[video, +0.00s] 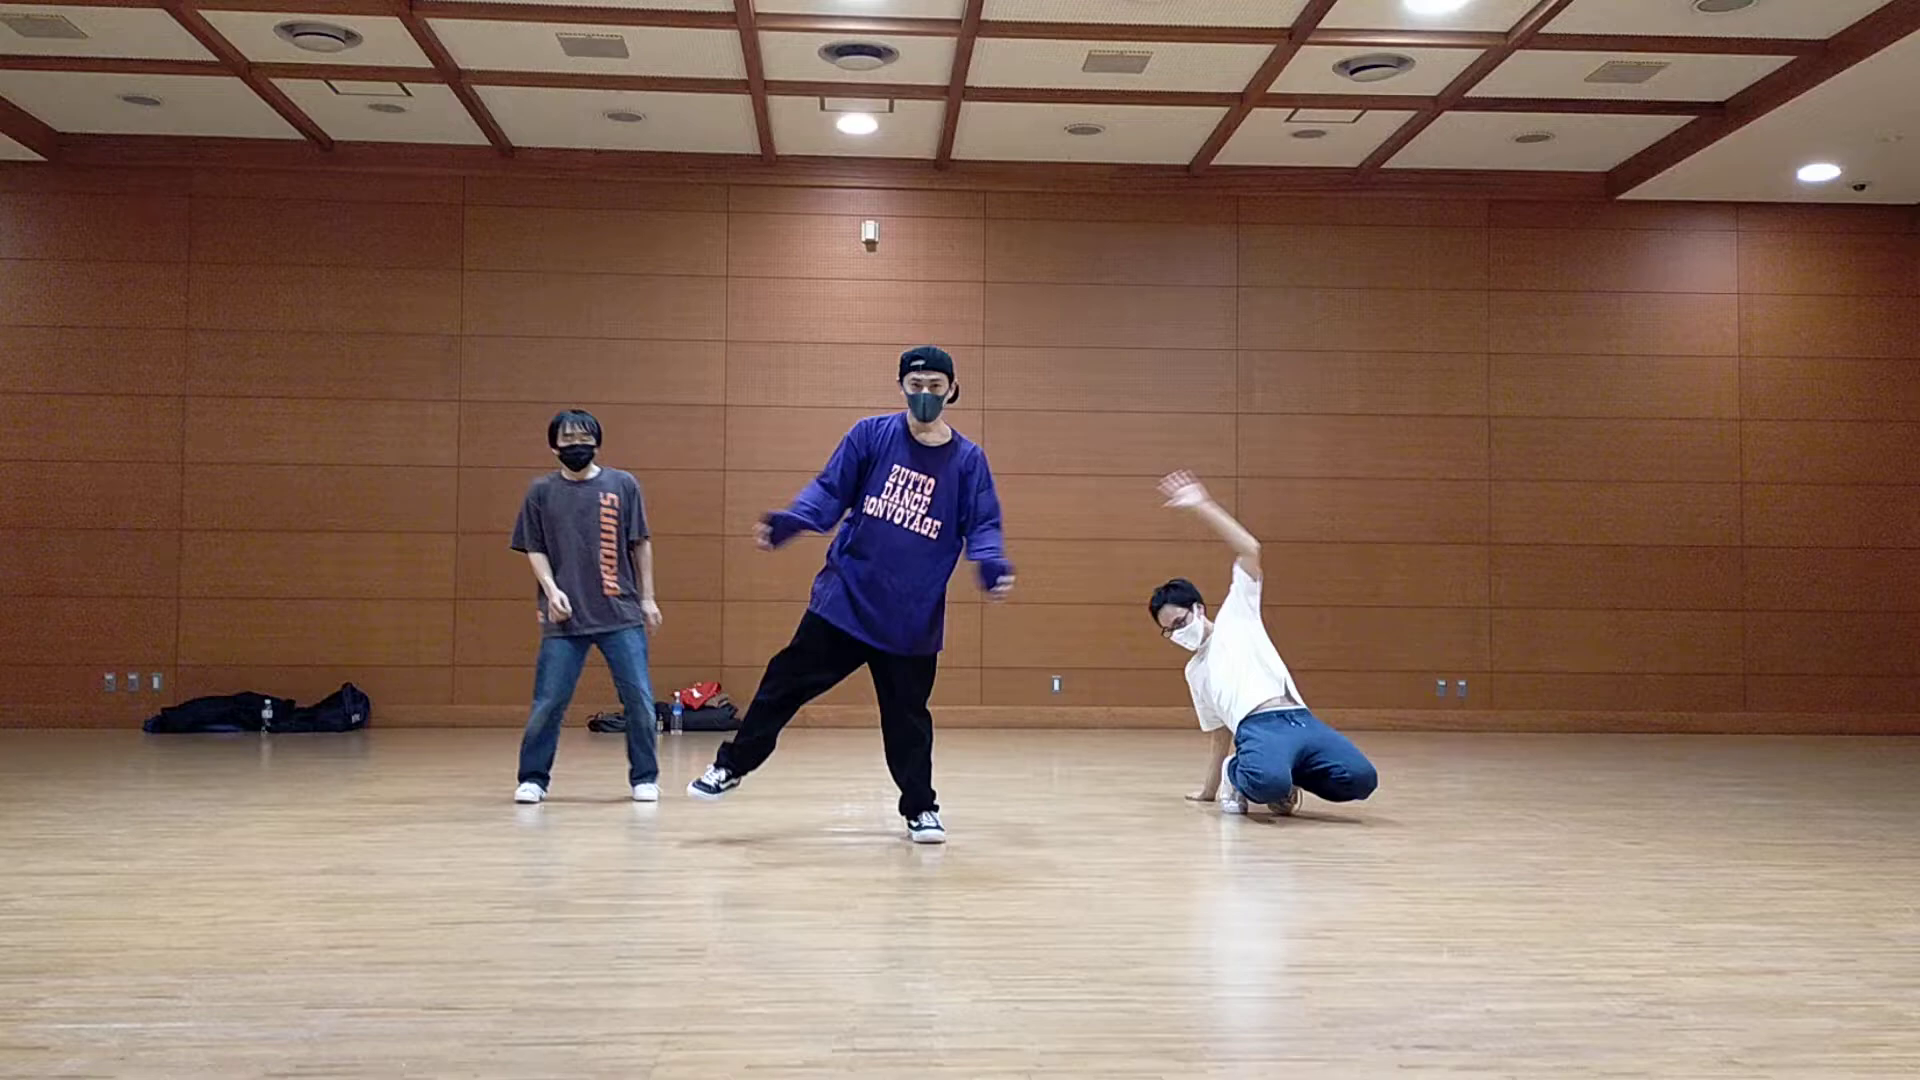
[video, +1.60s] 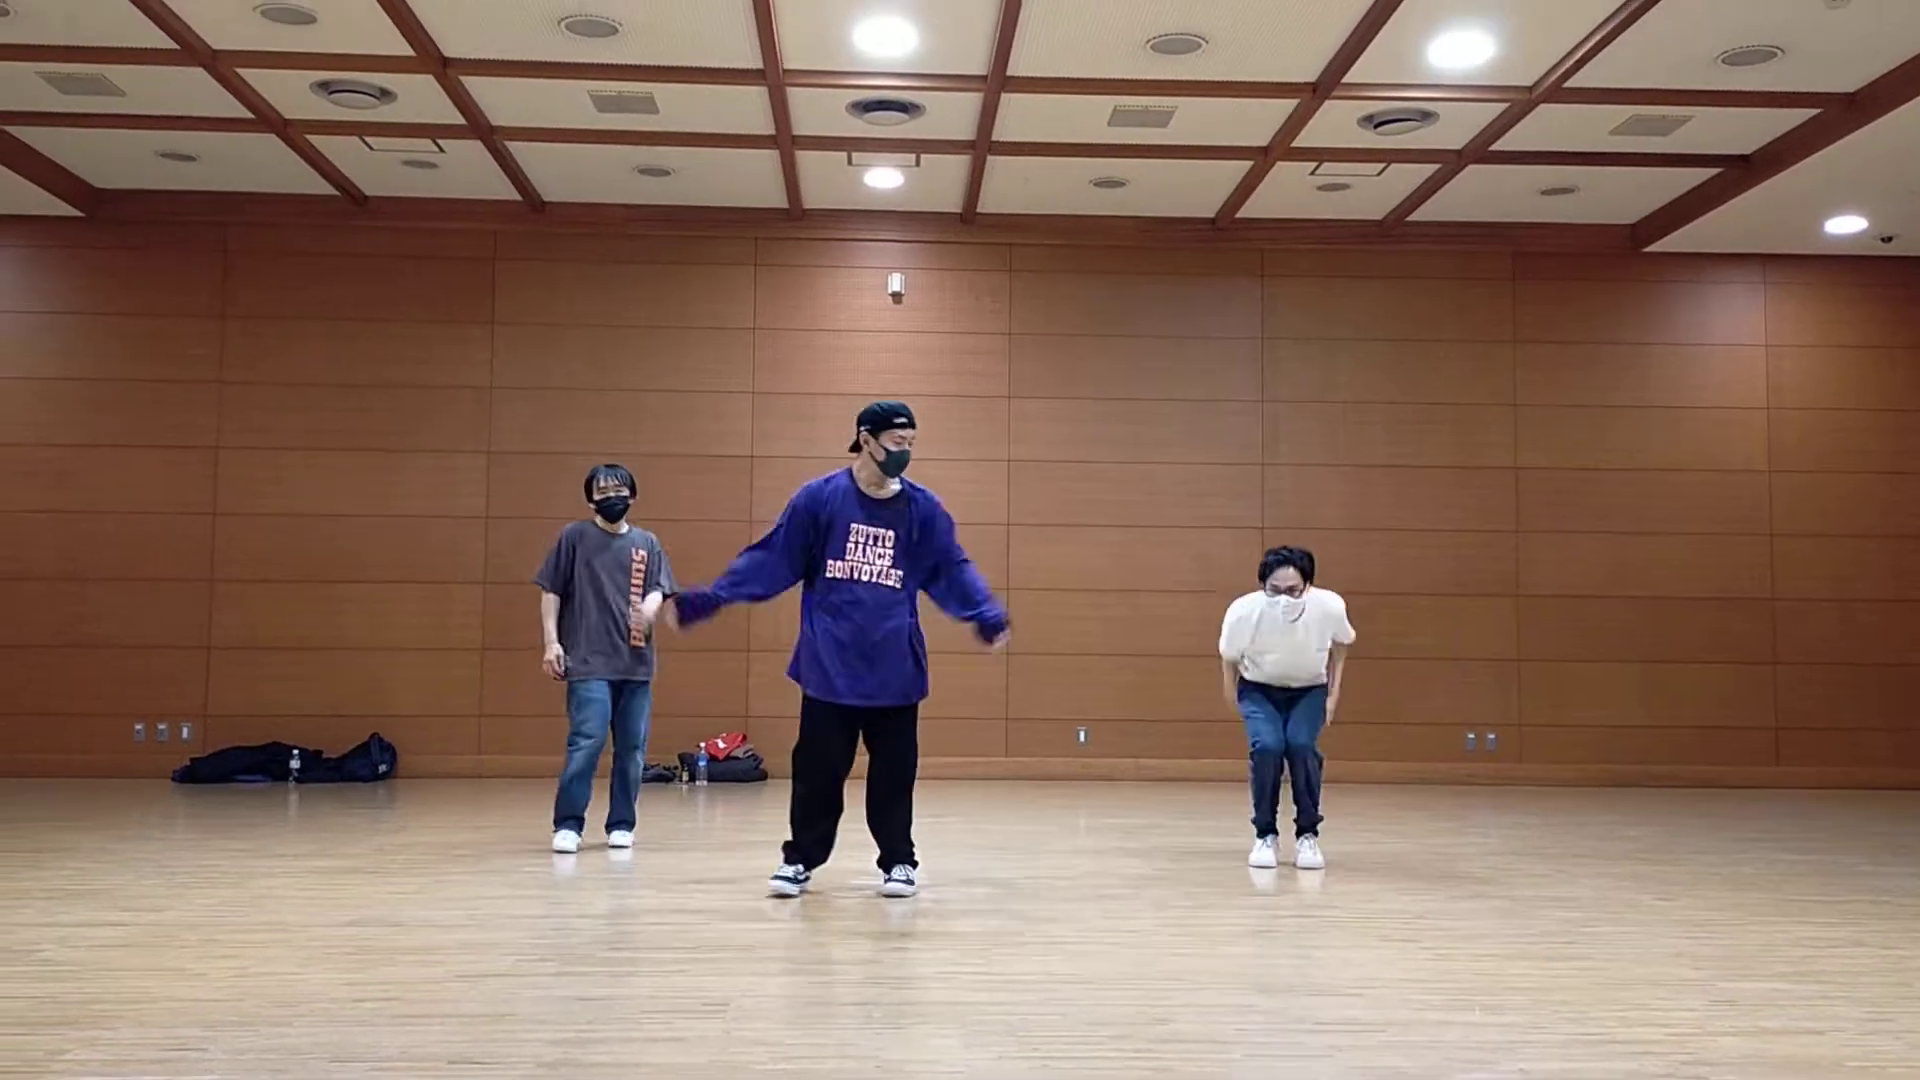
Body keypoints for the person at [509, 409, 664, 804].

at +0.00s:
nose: (574, 442)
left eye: (581, 435)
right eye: (566, 436)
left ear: (596, 441)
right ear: (554, 445)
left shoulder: (622, 485)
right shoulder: (541, 492)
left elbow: (641, 543)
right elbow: (534, 548)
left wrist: (648, 597)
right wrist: (551, 590)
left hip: (620, 614)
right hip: (567, 617)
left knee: (639, 697)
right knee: (549, 700)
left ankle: (645, 778)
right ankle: (532, 779)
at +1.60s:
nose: (613, 497)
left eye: (619, 490)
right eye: (604, 492)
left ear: (631, 496)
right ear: (592, 498)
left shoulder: (648, 543)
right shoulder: (574, 537)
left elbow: (659, 590)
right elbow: (551, 592)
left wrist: (646, 614)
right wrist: (551, 642)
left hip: (636, 662)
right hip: (589, 659)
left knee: (631, 748)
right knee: (588, 741)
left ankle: (621, 826)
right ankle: (568, 825)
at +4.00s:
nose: (594, 503)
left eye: (603, 496)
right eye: (586, 496)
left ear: (619, 505)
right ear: (572, 508)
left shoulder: (642, 551)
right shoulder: (552, 555)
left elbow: (683, 593)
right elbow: (531, 603)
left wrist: (720, 607)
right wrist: (527, 639)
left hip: (632, 689)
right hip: (572, 690)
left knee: (663, 770)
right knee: (538, 774)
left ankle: (698, 858)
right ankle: (502, 861)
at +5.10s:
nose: (682, 542)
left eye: (688, 534)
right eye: (672, 535)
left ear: (698, 540)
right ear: (655, 546)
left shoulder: (696, 578)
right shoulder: (638, 595)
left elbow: (697, 614)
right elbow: (629, 663)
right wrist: (672, 691)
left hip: (678, 705)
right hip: (632, 709)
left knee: (723, 768)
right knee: (596, 786)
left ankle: (720, 865)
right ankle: (524, 864)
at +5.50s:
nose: (745, 509)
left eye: (753, 502)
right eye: (736, 503)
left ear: (768, 511)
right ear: (725, 514)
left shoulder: (790, 556)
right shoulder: (711, 558)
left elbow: (837, 596)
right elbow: (689, 618)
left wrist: (864, 596)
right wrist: (716, 593)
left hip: (780, 684)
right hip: (732, 688)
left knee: (770, 762)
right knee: (772, 774)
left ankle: (759, 851)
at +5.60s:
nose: (753, 530)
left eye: (761, 523)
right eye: (745, 524)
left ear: (775, 529)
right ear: (734, 533)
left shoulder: (799, 574)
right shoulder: (723, 583)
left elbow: (830, 629)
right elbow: (717, 635)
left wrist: (835, 679)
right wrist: (727, 665)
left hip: (794, 696)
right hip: (751, 702)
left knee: (781, 770)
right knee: (783, 780)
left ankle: (833, 849)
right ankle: (841, 846)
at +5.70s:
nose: (755, 516)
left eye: (763, 508)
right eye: (747, 510)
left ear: (779, 516)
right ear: (737, 520)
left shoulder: (798, 563)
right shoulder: (730, 569)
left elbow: (812, 625)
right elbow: (730, 626)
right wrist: (728, 671)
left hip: (797, 689)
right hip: (755, 692)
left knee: (796, 772)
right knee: (783, 781)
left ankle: (847, 853)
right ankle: (835, 850)